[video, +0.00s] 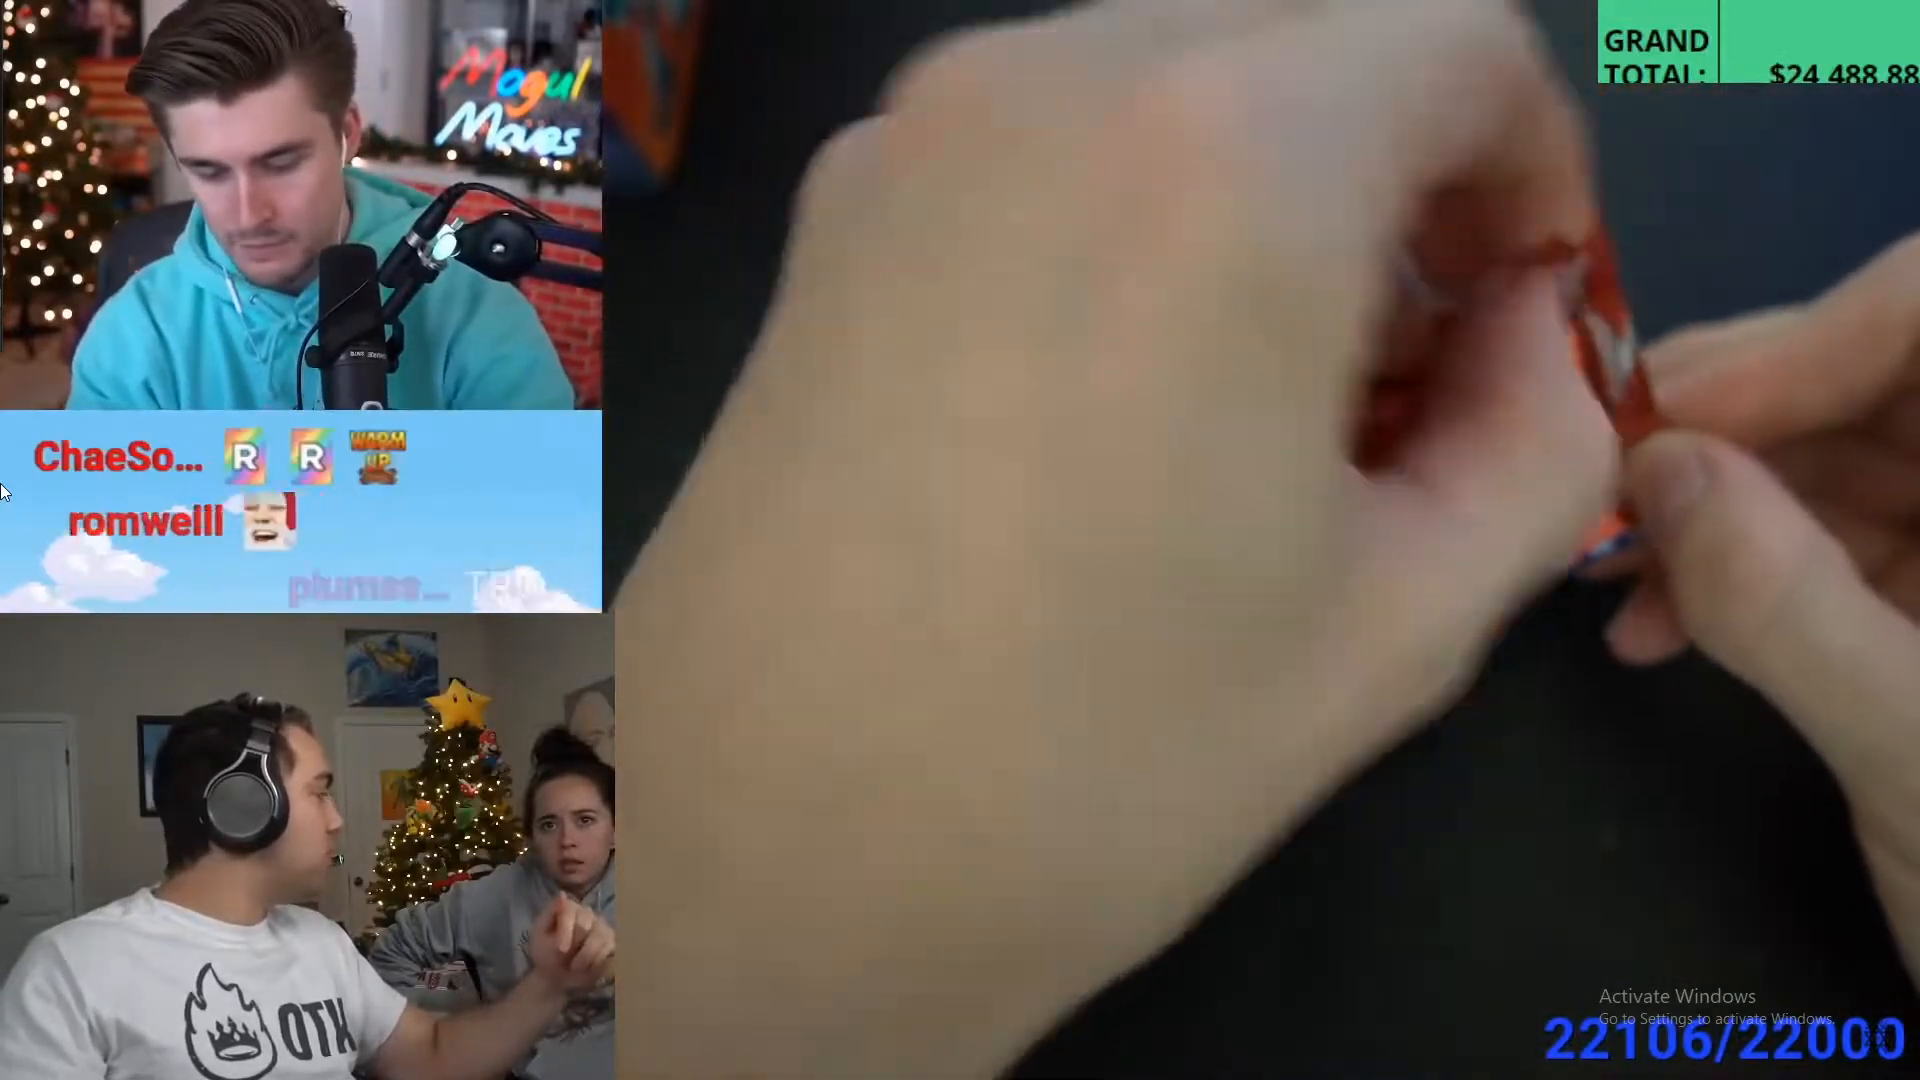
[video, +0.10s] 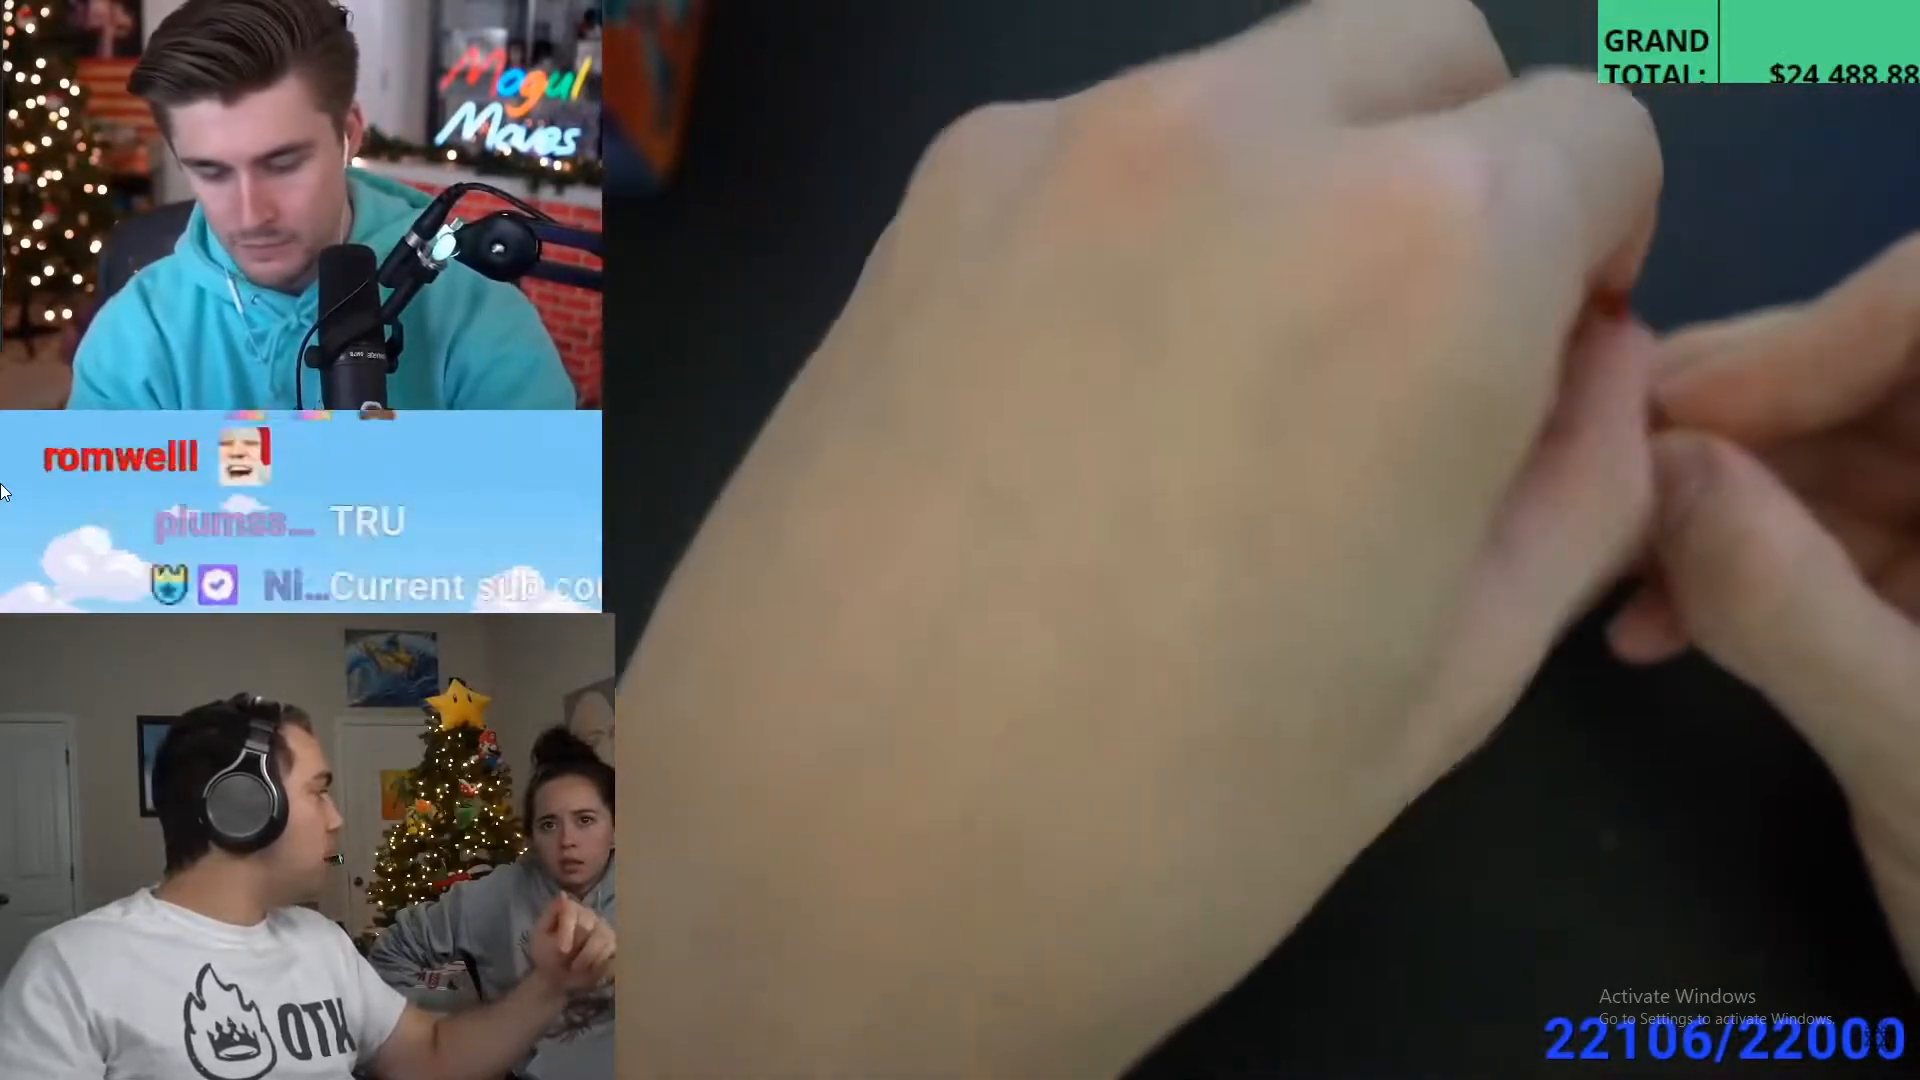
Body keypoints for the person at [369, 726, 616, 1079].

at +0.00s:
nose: (567, 842)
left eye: (585, 821)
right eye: (549, 825)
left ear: (615, 829)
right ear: (531, 836)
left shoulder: (642, 895)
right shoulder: (493, 898)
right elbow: (389, 956)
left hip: (618, 1069)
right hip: (530, 1071)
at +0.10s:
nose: (567, 842)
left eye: (585, 821)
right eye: (549, 825)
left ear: (615, 828)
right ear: (531, 836)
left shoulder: (643, 895)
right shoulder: (493, 898)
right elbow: (389, 956)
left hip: (619, 1068)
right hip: (531, 1071)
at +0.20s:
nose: (567, 842)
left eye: (585, 821)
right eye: (549, 825)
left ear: (615, 828)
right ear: (531, 836)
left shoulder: (644, 894)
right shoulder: (493, 898)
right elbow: (392, 952)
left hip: (620, 1069)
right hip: (526, 1071)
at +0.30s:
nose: (567, 842)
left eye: (585, 821)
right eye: (549, 825)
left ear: (615, 828)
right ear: (531, 836)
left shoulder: (642, 895)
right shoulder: (492, 899)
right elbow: (391, 955)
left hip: (614, 1068)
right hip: (524, 1069)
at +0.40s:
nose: (567, 842)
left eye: (585, 821)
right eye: (548, 825)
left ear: (615, 828)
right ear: (531, 836)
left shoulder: (642, 893)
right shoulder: (491, 899)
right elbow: (389, 956)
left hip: (615, 1069)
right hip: (528, 1071)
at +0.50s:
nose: (567, 842)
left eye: (585, 821)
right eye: (548, 825)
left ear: (615, 828)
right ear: (530, 836)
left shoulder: (641, 897)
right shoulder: (491, 898)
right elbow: (388, 958)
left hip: (609, 1070)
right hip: (522, 1072)